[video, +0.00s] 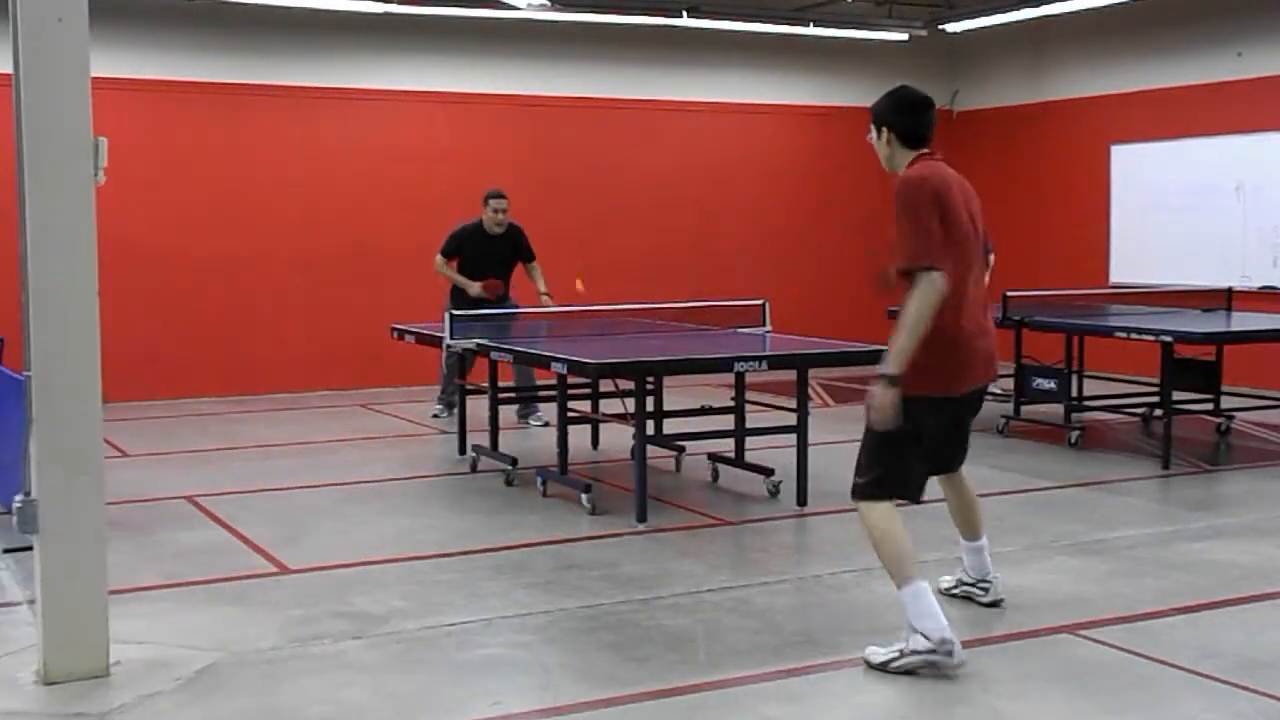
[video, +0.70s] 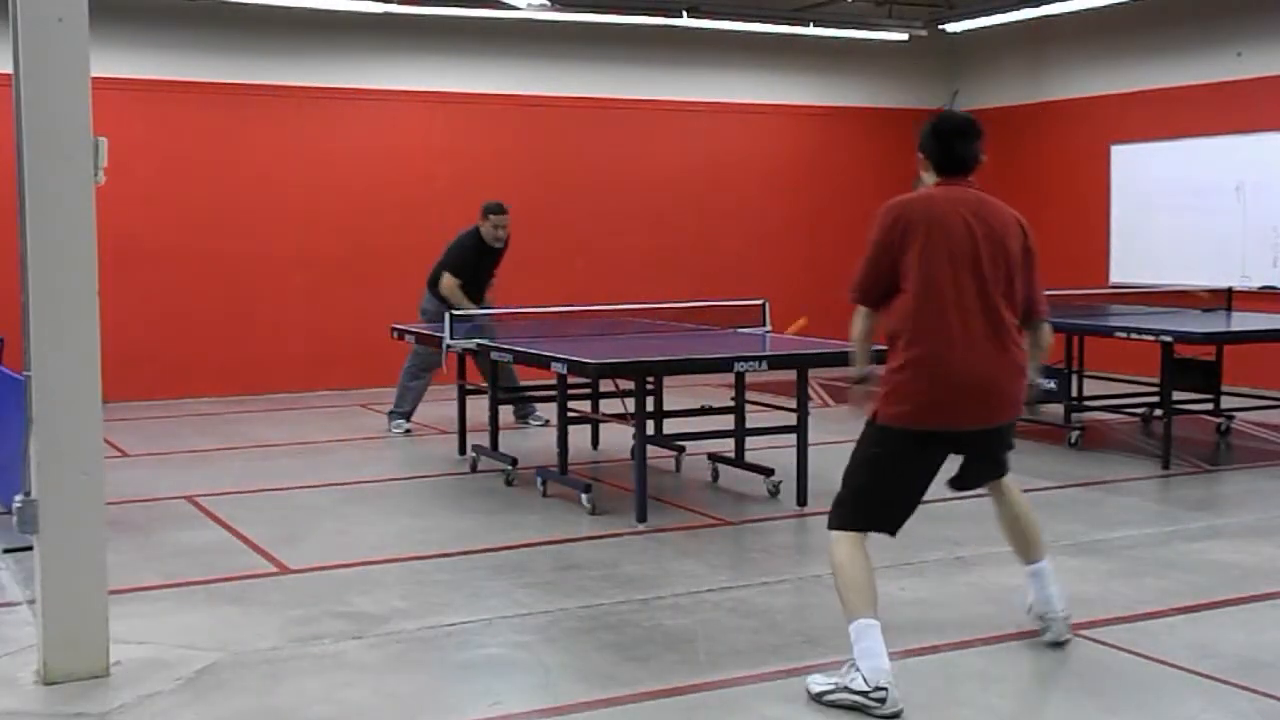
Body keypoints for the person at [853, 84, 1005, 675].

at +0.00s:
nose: (870, 140)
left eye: (871, 131)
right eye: (873, 130)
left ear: (885, 135)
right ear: (926, 134)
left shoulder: (916, 183)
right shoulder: (955, 181)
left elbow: (934, 279)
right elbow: (983, 262)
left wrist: (888, 373)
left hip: (926, 371)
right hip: (969, 366)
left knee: (873, 496)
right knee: (947, 464)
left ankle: (930, 634)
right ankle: (979, 575)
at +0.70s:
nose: (914, 164)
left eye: (916, 156)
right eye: (923, 155)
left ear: (924, 161)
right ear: (977, 161)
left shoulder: (904, 214)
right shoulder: (1010, 222)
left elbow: (868, 303)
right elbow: (1037, 325)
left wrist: (860, 366)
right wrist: (1029, 380)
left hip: (917, 395)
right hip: (997, 393)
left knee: (847, 526)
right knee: (1001, 481)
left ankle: (870, 671)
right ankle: (1051, 608)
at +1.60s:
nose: (1051, 126)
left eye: (1052, 118)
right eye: (1054, 118)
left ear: (1060, 121)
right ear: (1111, 124)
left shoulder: (1061, 174)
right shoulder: (1130, 180)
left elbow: (1039, 271)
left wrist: (991, 337)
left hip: (1062, 359)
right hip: (1118, 361)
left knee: (1001, 485)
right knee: (1067, 473)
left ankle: (1045, 626)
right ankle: (1092, 594)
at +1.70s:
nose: (1050, 132)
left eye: (1051, 124)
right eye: (1053, 123)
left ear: (1062, 128)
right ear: (1112, 131)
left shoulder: (1064, 186)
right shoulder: (1139, 191)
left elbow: (1036, 289)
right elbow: (1134, 282)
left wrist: (985, 345)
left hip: (1066, 372)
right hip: (1122, 373)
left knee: (1013, 503)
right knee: (1073, 484)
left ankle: (1070, 646)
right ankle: (1093, 596)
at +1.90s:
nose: (1060, 132)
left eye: (1061, 123)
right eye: (1064, 122)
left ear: (1072, 127)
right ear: (1126, 128)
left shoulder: (1061, 188)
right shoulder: (1166, 192)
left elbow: (1032, 291)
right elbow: (1182, 291)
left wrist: (993, 358)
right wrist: (1137, 336)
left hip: (1081, 384)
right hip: (1157, 383)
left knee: (1022, 524)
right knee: (1125, 491)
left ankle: (1078, 672)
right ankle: (1128, 614)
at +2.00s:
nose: (1078, 115)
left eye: (1080, 107)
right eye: (1082, 105)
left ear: (1092, 112)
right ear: (1147, 113)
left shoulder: (1081, 169)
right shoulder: (1184, 176)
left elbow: (1065, 270)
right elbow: (1189, 283)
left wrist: (1010, 352)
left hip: (1100, 374)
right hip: (1178, 375)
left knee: (1029, 511)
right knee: (1159, 491)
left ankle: (1077, 672)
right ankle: (1194, 638)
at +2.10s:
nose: (1103, 111)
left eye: (1104, 103)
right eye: (1106, 102)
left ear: (1113, 107)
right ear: (1172, 106)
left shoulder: (1109, 163)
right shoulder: (1212, 171)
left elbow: (1090, 266)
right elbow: (1222, 278)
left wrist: (1038, 338)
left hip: (1131, 368)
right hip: (1214, 372)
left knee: (1029, 494)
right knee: (1190, 513)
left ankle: (1069, 667)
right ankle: (1272, 647)